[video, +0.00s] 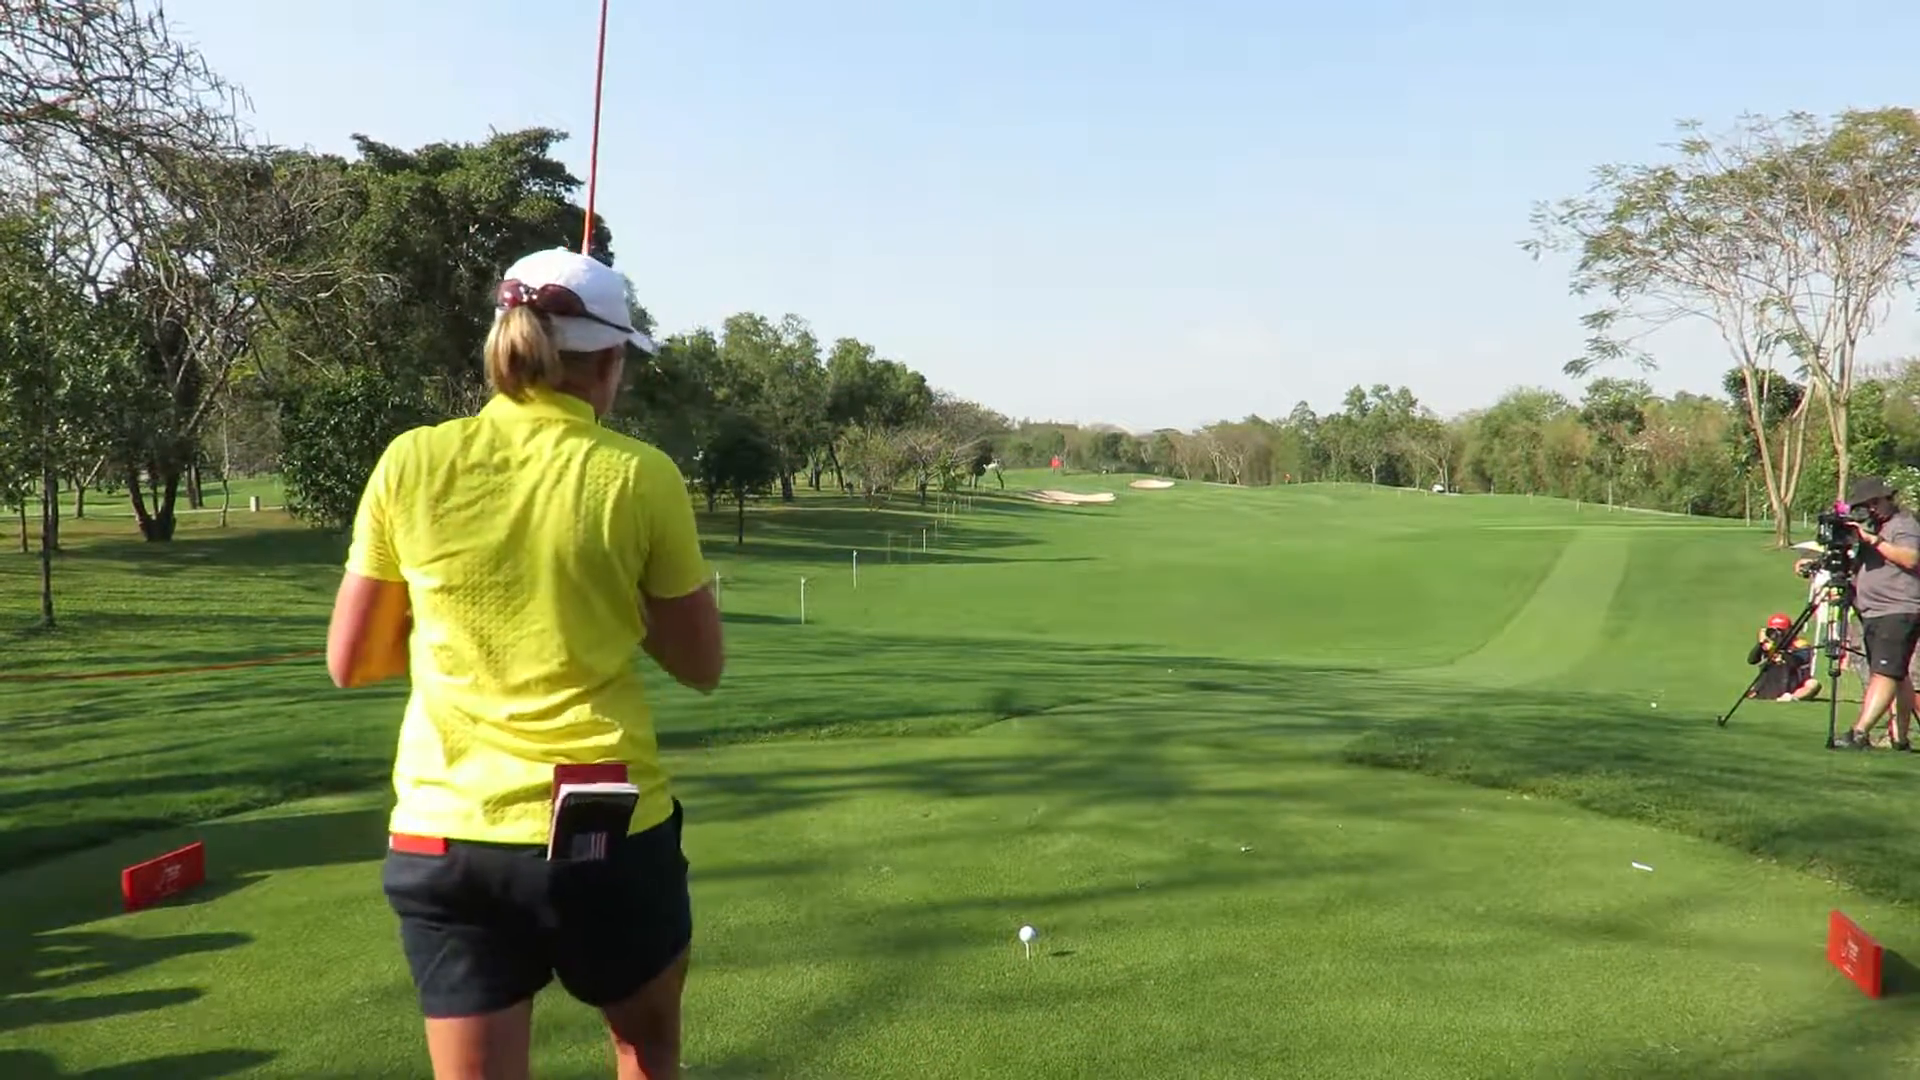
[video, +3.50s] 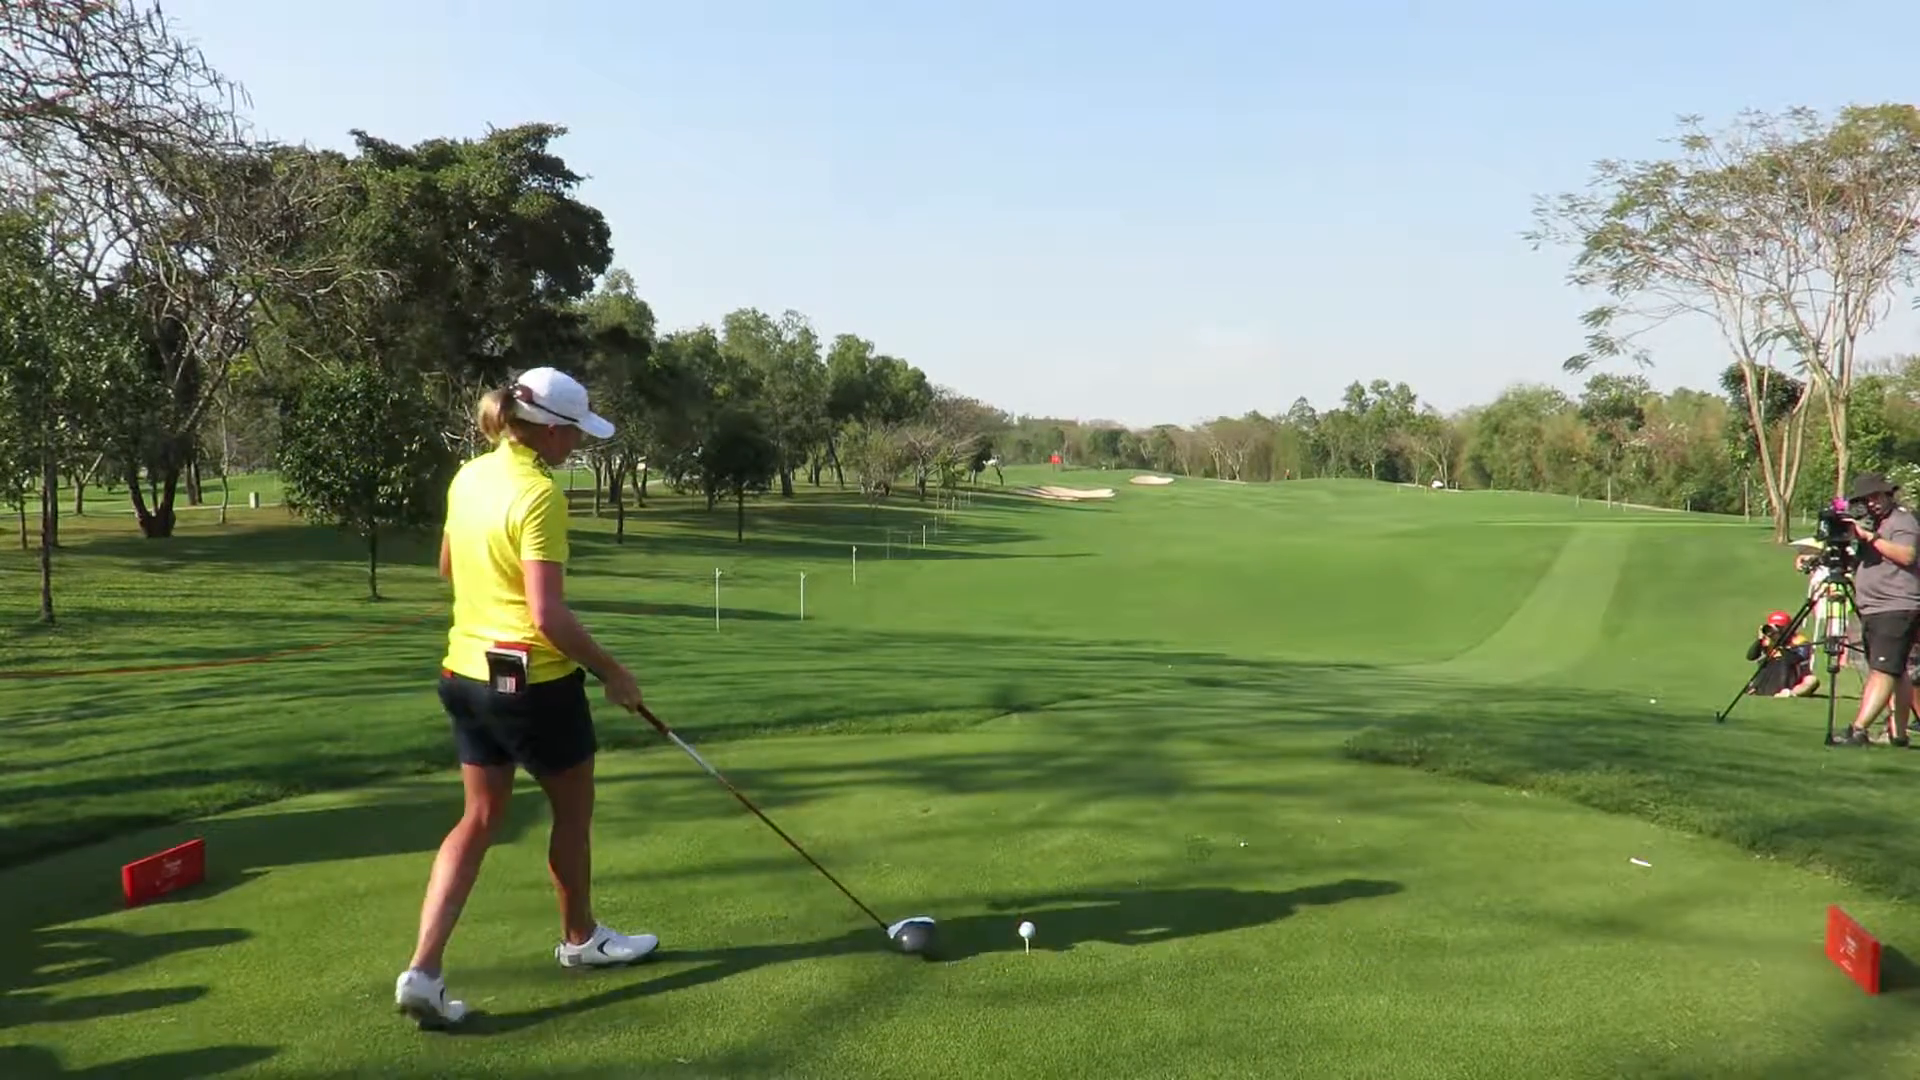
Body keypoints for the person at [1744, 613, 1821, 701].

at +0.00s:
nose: (1775, 635)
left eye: (1779, 631)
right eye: (1771, 632)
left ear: (1788, 632)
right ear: (1767, 633)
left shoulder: (1801, 645)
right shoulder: (1769, 645)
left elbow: (1799, 661)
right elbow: (1752, 660)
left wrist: (1783, 656)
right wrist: (1761, 644)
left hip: (1792, 686)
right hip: (1769, 684)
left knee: (1814, 684)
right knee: (1750, 692)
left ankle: (1793, 697)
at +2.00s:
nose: (1773, 636)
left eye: (1776, 632)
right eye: (1770, 632)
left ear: (1785, 631)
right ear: (1767, 632)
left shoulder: (1799, 644)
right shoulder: (1768, 645)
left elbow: (1798, 662)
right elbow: (1750, 660)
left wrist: (1783, 656)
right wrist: (1758, 643)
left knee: (1812, 683)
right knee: (1749, 691)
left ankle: (1791, 696)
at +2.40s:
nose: (1777, 633)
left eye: (1781, 630)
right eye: (1774, 630)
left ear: (1789, 630)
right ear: (1770, 630)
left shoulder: (1799, 644)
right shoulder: (1767, 642)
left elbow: (1797, 660)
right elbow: (1750, 661)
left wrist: (1782, 655)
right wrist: (1757, 644)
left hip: (1792, 682)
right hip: (1770, 680)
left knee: (1812, 683)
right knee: (1749, 691)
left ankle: (1791, 696)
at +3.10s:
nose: (1772, 634)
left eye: (1776, 630)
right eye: (1770, 630)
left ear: (1785, 630)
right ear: (1769, 629)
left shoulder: (1799, 642)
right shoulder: (1769, 642)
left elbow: (1800, 658)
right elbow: (1751, 658)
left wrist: (1783, 654)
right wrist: (1760, 642)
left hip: (1794, 678)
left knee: (1812, 681)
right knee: (1751, 688)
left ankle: (1791, 694)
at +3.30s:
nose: (1772, 634)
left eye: (1777, 630)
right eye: (1770, 630)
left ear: (1786, 630)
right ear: (1767, 629)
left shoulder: (1799, 643)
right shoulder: (1769, 642)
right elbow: (1750, 657)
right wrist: (1759, 641)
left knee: (1812, 680)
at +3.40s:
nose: (1772, 634)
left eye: (1776, 631)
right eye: (1770, 630)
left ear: (1785, 630)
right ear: (1767, 630)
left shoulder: (1799, 643)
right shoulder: (1769, 642)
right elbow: (1750, 657)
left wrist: (1793, 693)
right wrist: (1759, 641)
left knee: (1812, 680)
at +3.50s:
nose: (1772, 634)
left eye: (1776, 630)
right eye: (1770, 630)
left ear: (1785, 630)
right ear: (1768, 629)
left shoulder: (1800, 642)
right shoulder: (1770, 642)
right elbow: (1751, 657)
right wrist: (1759, 641)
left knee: (1812, 680)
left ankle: (1792, 693)